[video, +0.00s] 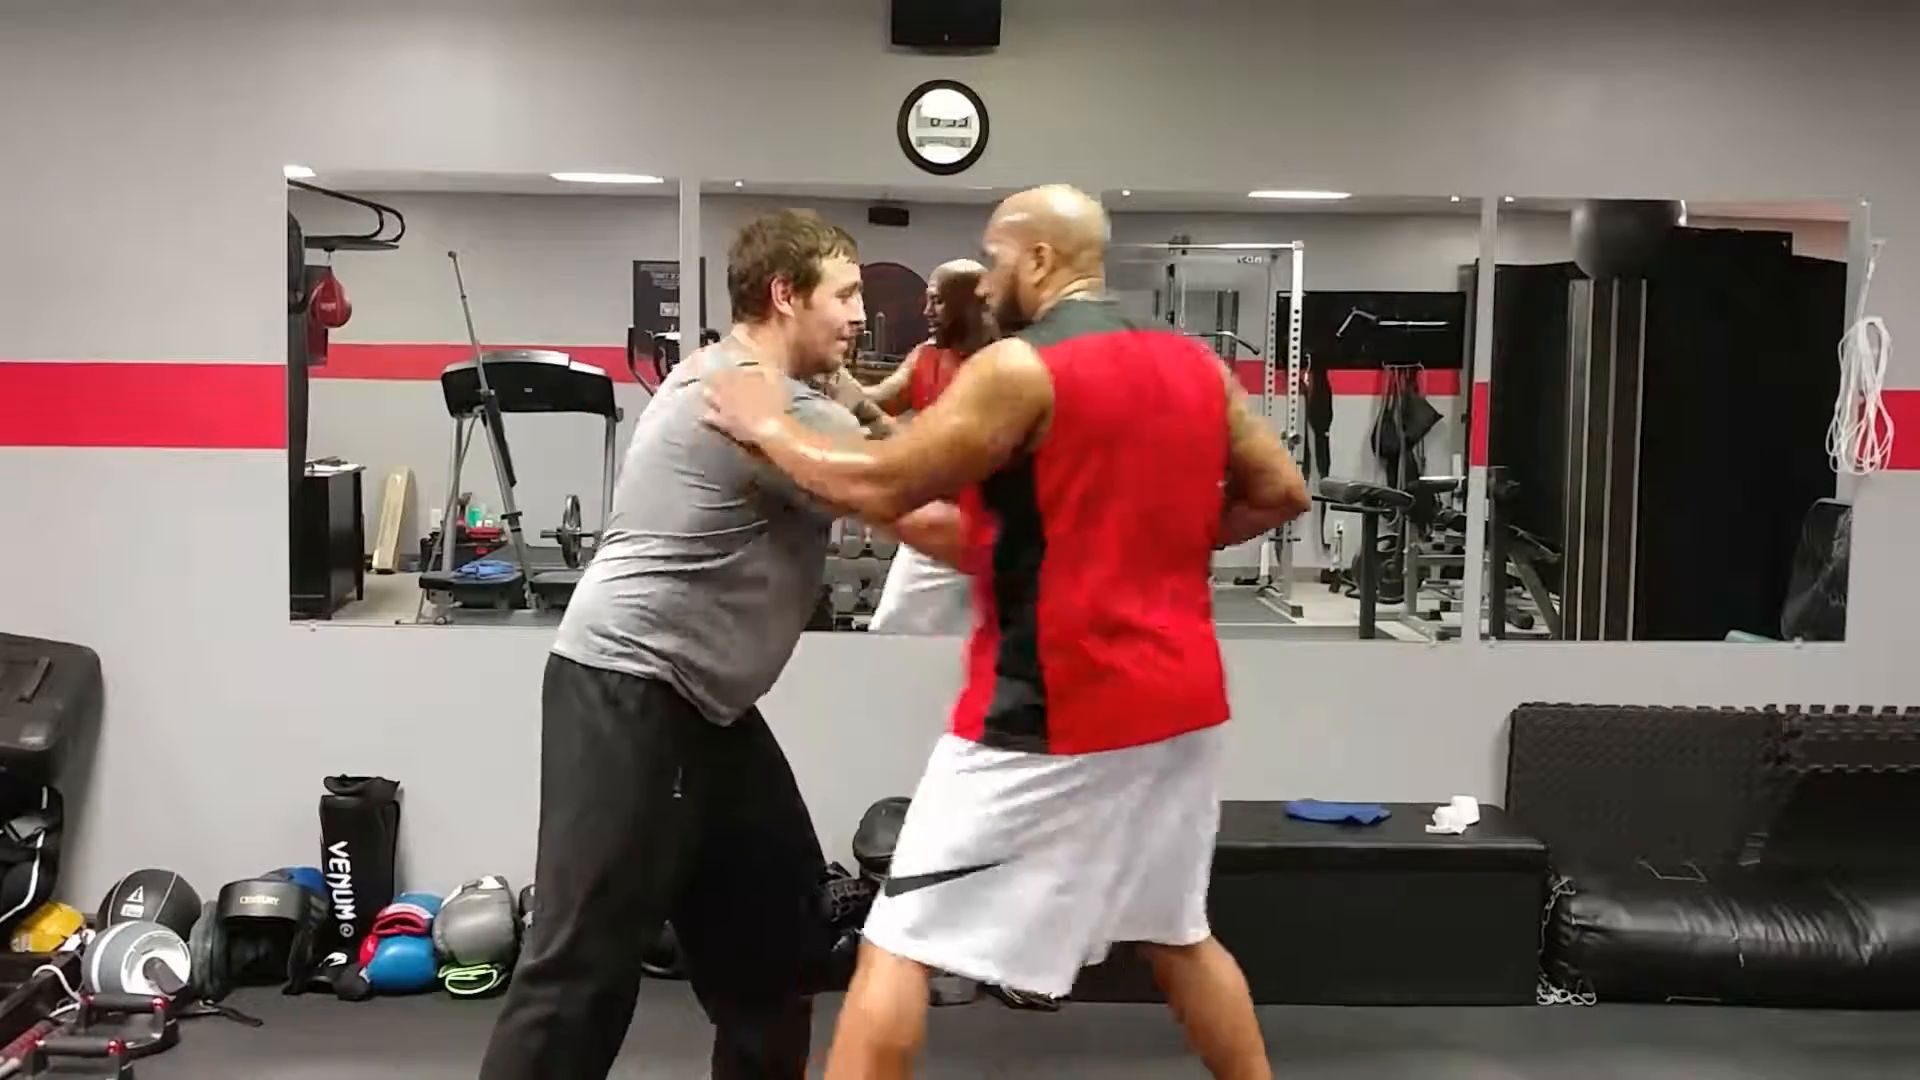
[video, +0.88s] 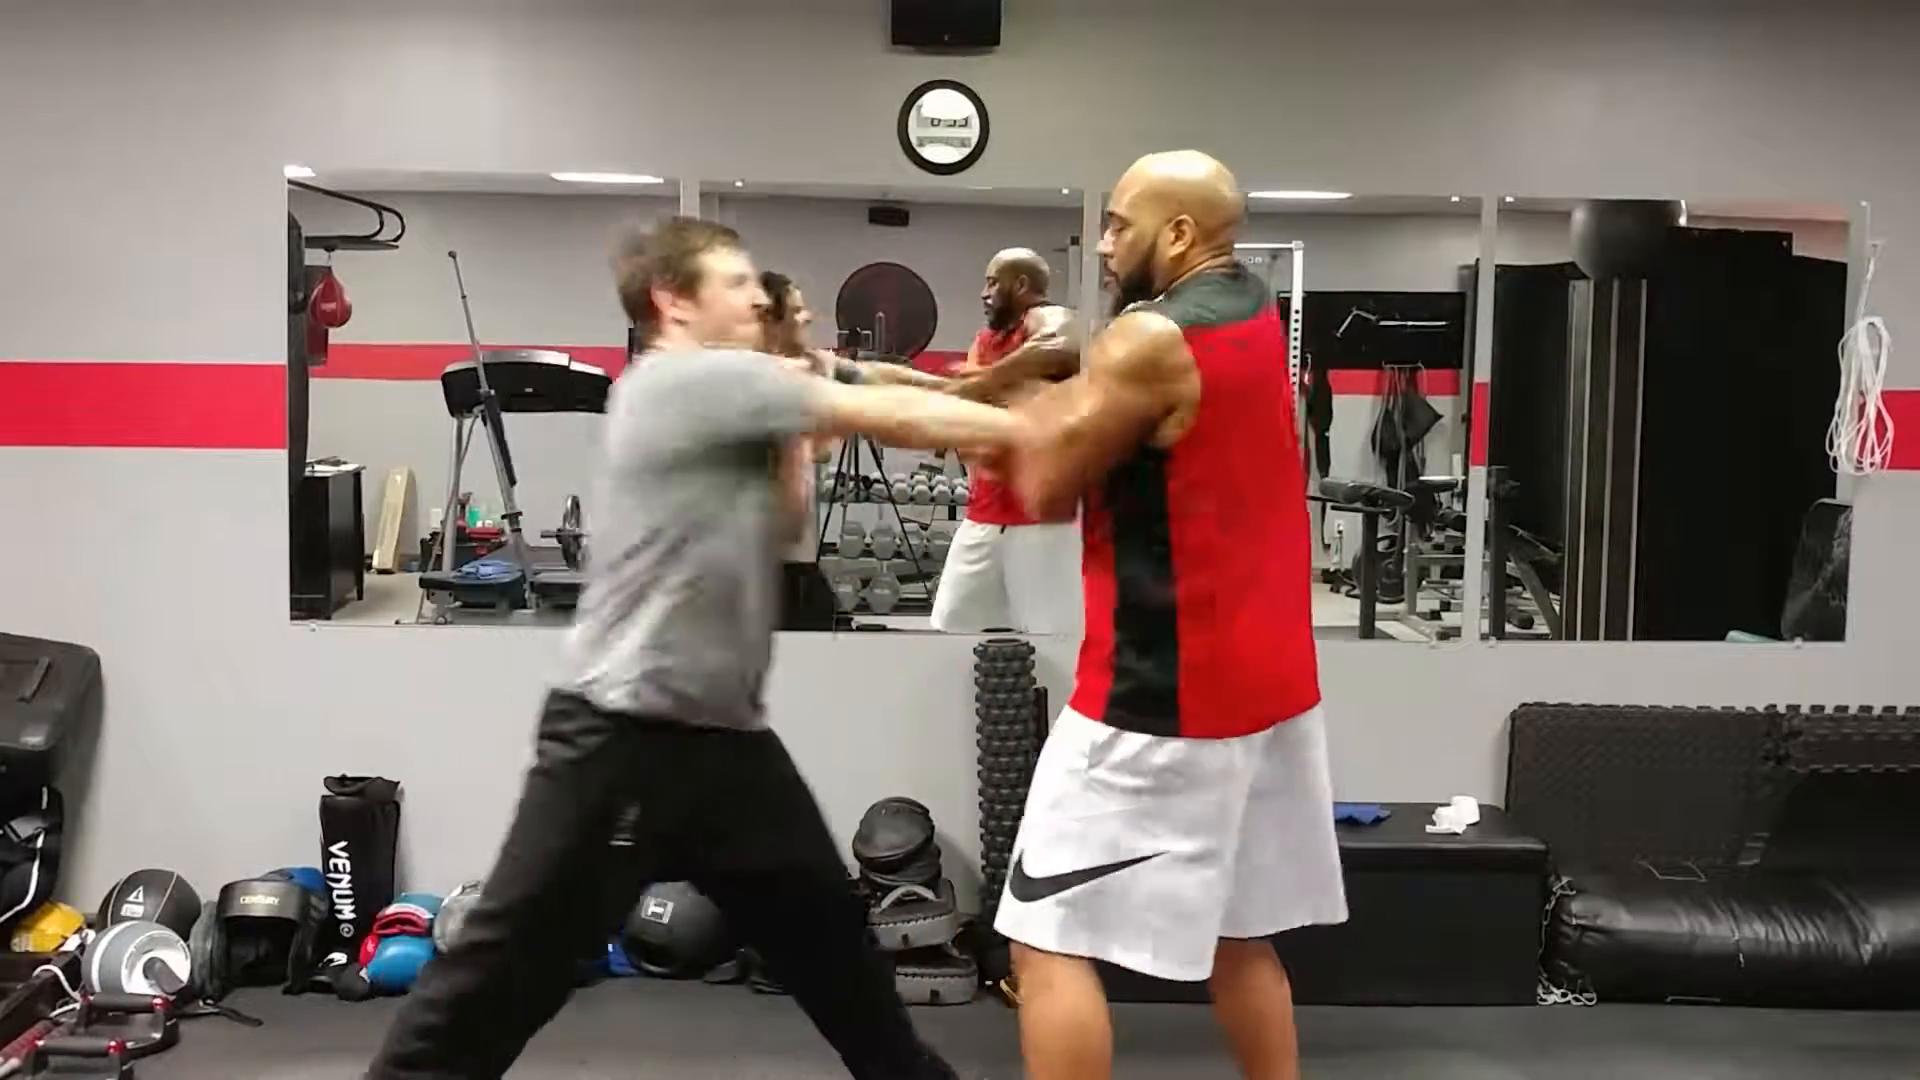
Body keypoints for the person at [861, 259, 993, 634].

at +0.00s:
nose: (927, 312)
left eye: (937, 301)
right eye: (927, 301)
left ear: (973, 301)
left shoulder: (1005, 361)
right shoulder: (926, 357)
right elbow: (871, 402)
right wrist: (835, 369)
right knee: (890, 638)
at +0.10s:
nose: (949, 307)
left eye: (958, 295)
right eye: (948, 296)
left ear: (998, 295)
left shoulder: (1037, 359)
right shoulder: (949, 356)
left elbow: (1060, 441)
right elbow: (893, 404)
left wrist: (1018, 484)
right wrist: (846, 377)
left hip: (1025, 534)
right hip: (956, 525)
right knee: (899, 615)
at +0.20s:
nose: (965, 302)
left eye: (973, 290)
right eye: (964, 291)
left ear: (1009, 290)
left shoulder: (1053, 351)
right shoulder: (971, 348)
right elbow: (921, 401)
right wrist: (878, 410)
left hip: (1036, 542)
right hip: (968, 532)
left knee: (1054, 662)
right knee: (923, 626)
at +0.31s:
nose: (975, 299)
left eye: (984, 287)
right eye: (975, 288)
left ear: (1021, 288)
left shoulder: (1062, 352)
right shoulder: (985, 344)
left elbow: (1080, 441)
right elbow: (949, 409)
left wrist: (996, 435)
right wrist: (892, 452)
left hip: (1049, 530)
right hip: (990, 525)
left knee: (1049, 657)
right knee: (964, 641)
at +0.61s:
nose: (985, 292)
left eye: (993, 282)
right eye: (985, 283)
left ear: (1026, 284)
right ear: (1017, 286)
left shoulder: (1064, 342)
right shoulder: (1000, 341)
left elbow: (1079, 418)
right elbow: (968, 413)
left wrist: (1002, 404)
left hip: (1056, 527)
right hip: (999, 524)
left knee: (1053, 656)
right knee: (983, 643)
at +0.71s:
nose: (991, 291)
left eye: (1001, 281)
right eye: (992, 281)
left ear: (1034, 286)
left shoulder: (1068, 342)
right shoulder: (987, 340)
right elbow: (937, 370)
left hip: (1051, 533)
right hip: (994, 527)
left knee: (1052, 658)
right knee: (983, 646)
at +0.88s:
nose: (984, 293)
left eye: (994, 283)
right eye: (985, 283)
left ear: (1025, 286)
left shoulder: (1049, 318)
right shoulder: (985, 338)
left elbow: (1063, 351)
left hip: (1041, 519)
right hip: (984, 514)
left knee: (1053, 643)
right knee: (952, 633)